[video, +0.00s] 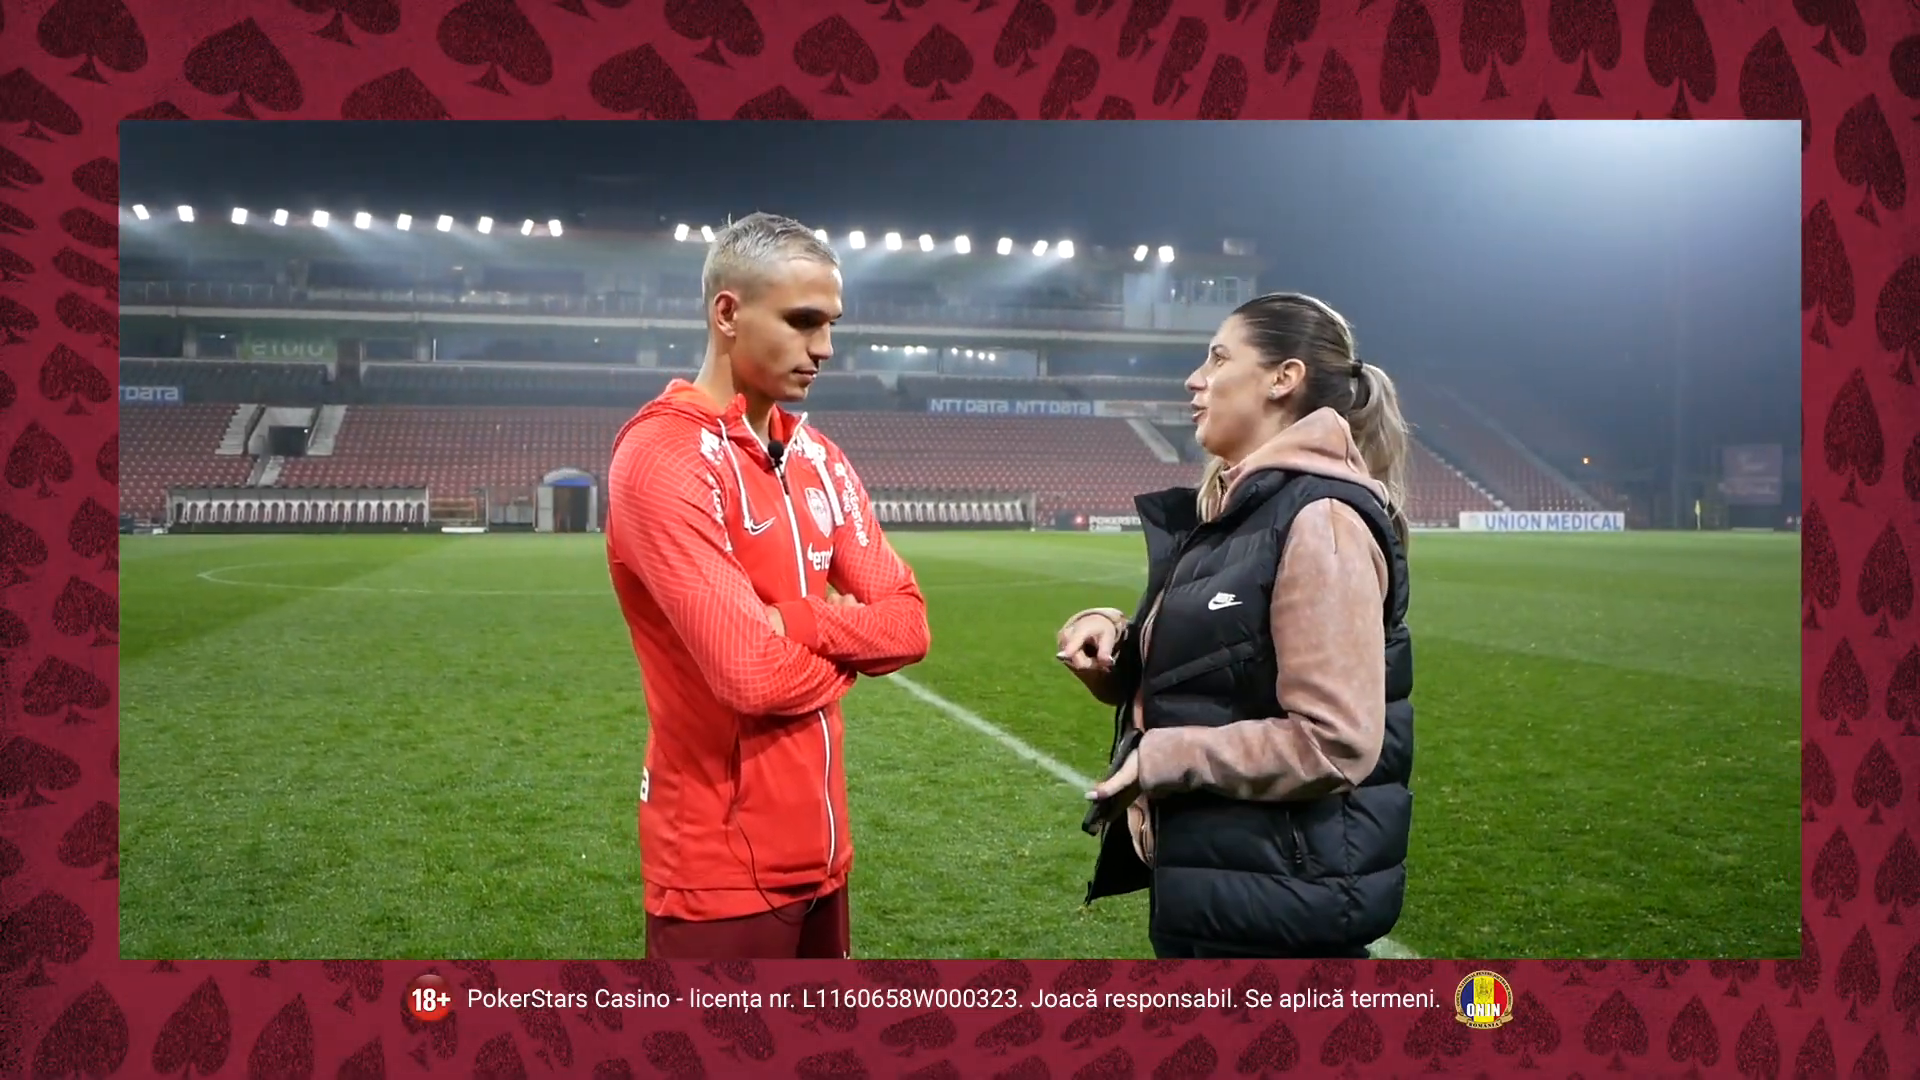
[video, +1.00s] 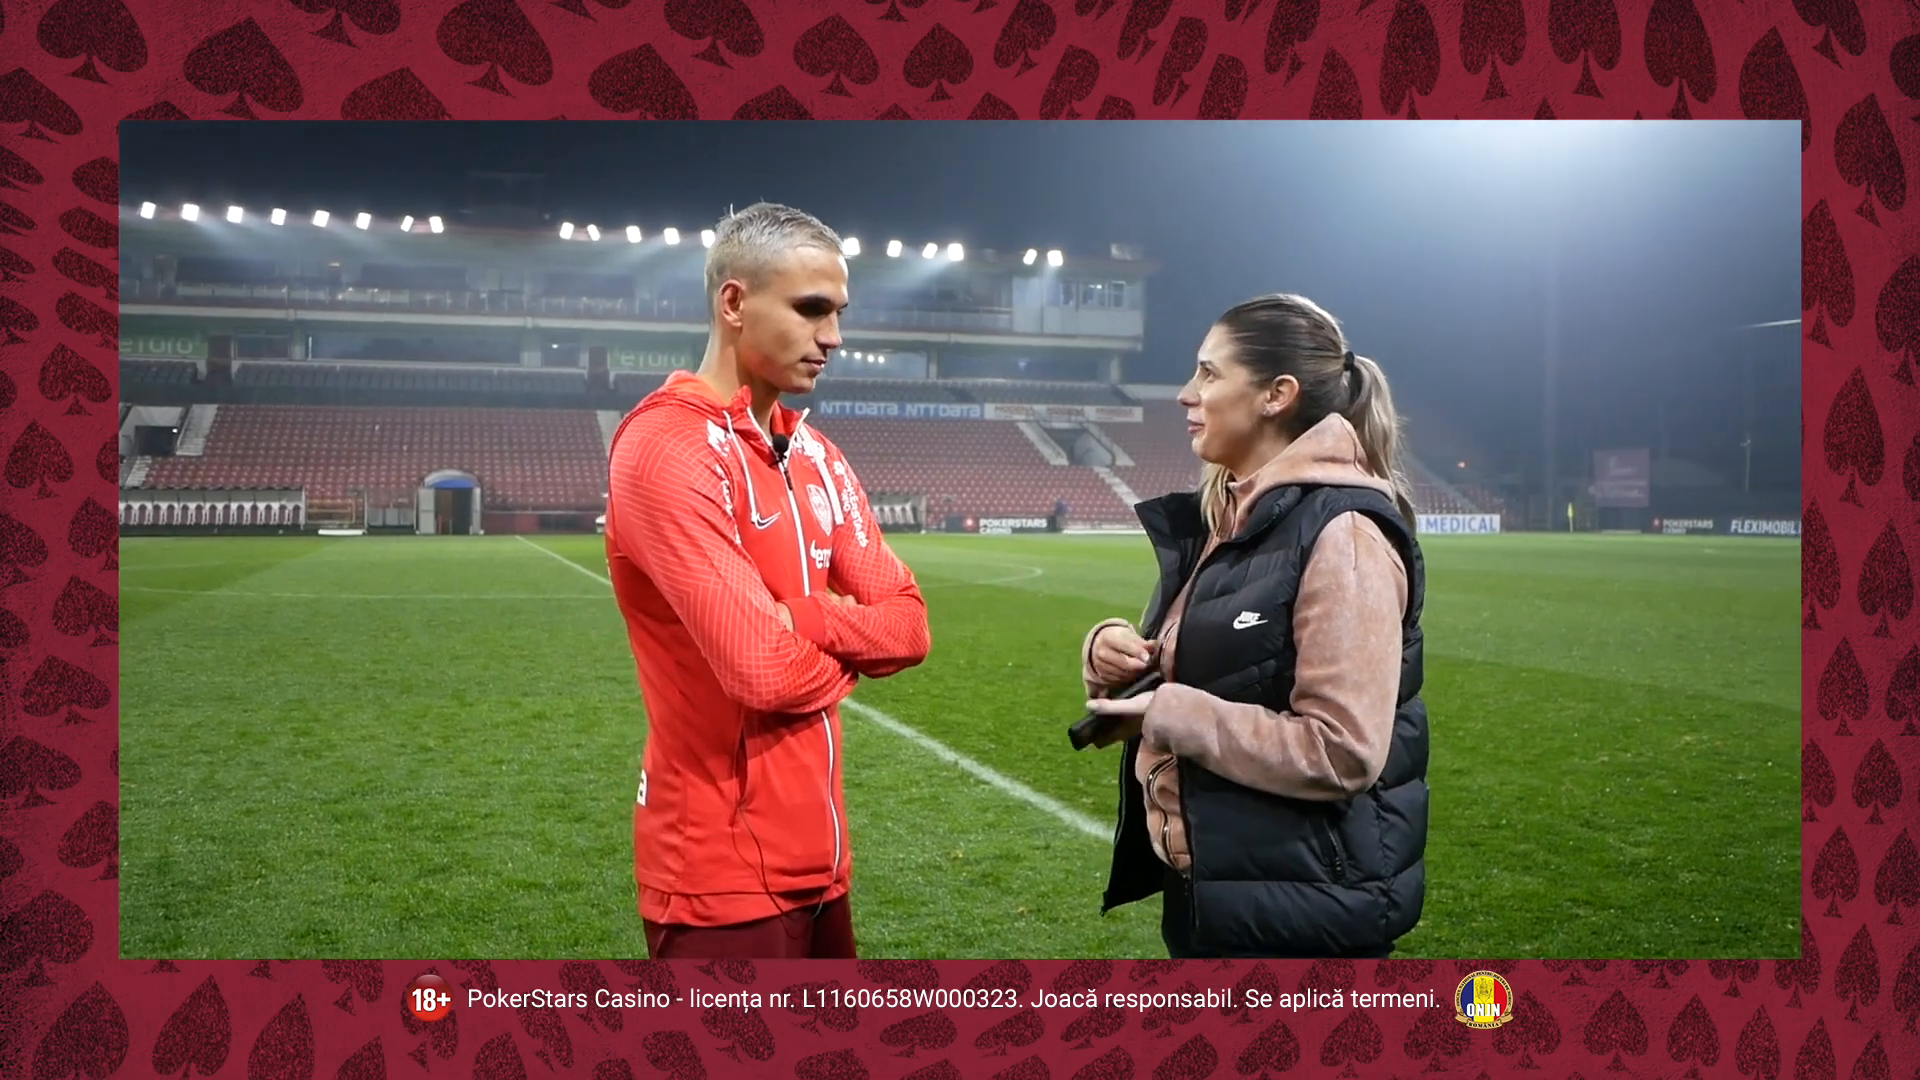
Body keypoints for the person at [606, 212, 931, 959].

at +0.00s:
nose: (824, 349)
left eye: (830, 325)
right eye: (802, 322)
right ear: (727, 313)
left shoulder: (818, 456)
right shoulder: (660, 461)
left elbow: (908, 626)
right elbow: (751, 678)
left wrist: (781, 618)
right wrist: (853, 647)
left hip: (817, 847)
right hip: (720, 860)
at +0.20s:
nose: (823, 350)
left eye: (829, 327)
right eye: (802, 322)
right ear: (727, 313)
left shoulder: (819, 457)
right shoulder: (659, 459)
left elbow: (905, 626)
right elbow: (746, 677)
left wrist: (778, 618)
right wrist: (848, 646)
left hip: (813, 845)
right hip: (715, 859)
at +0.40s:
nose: (826, 350)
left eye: (833, 327)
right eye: (806, 323)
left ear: (836, 323)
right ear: (733, 313)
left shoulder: (823, 456)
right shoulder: (663, 456)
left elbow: (907, 627)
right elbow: (748, 679)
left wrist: (782, 619)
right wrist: (846, 650)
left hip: (812, 841)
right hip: (714, 853)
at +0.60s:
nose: (833, 350)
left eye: (839, 327)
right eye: (812, 323)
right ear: (738, 314)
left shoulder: (827, 457)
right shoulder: (664, 456)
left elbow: (907, 630)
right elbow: (743, 679)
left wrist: (780, 621)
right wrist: (846, 653)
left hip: (808, 831)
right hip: (712, 842)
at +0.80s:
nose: (832, 346)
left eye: (838, 323)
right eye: (811, 318)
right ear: (736, 309)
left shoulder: (821, 456)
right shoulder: (663, 455)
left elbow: (908, 630)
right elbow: (753, 677)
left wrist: (786, 618)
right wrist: (851, 647)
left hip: (811, 841)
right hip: (720, 855)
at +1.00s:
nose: (832, 338)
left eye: (837, 315)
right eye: (810, 309)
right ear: (734, 303)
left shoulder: (817, 454)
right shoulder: (663, 451)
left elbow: (909, 627)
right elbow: (765, 674)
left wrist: (797, 616)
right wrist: (850, 650)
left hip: (814, 853)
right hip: (719, 866)